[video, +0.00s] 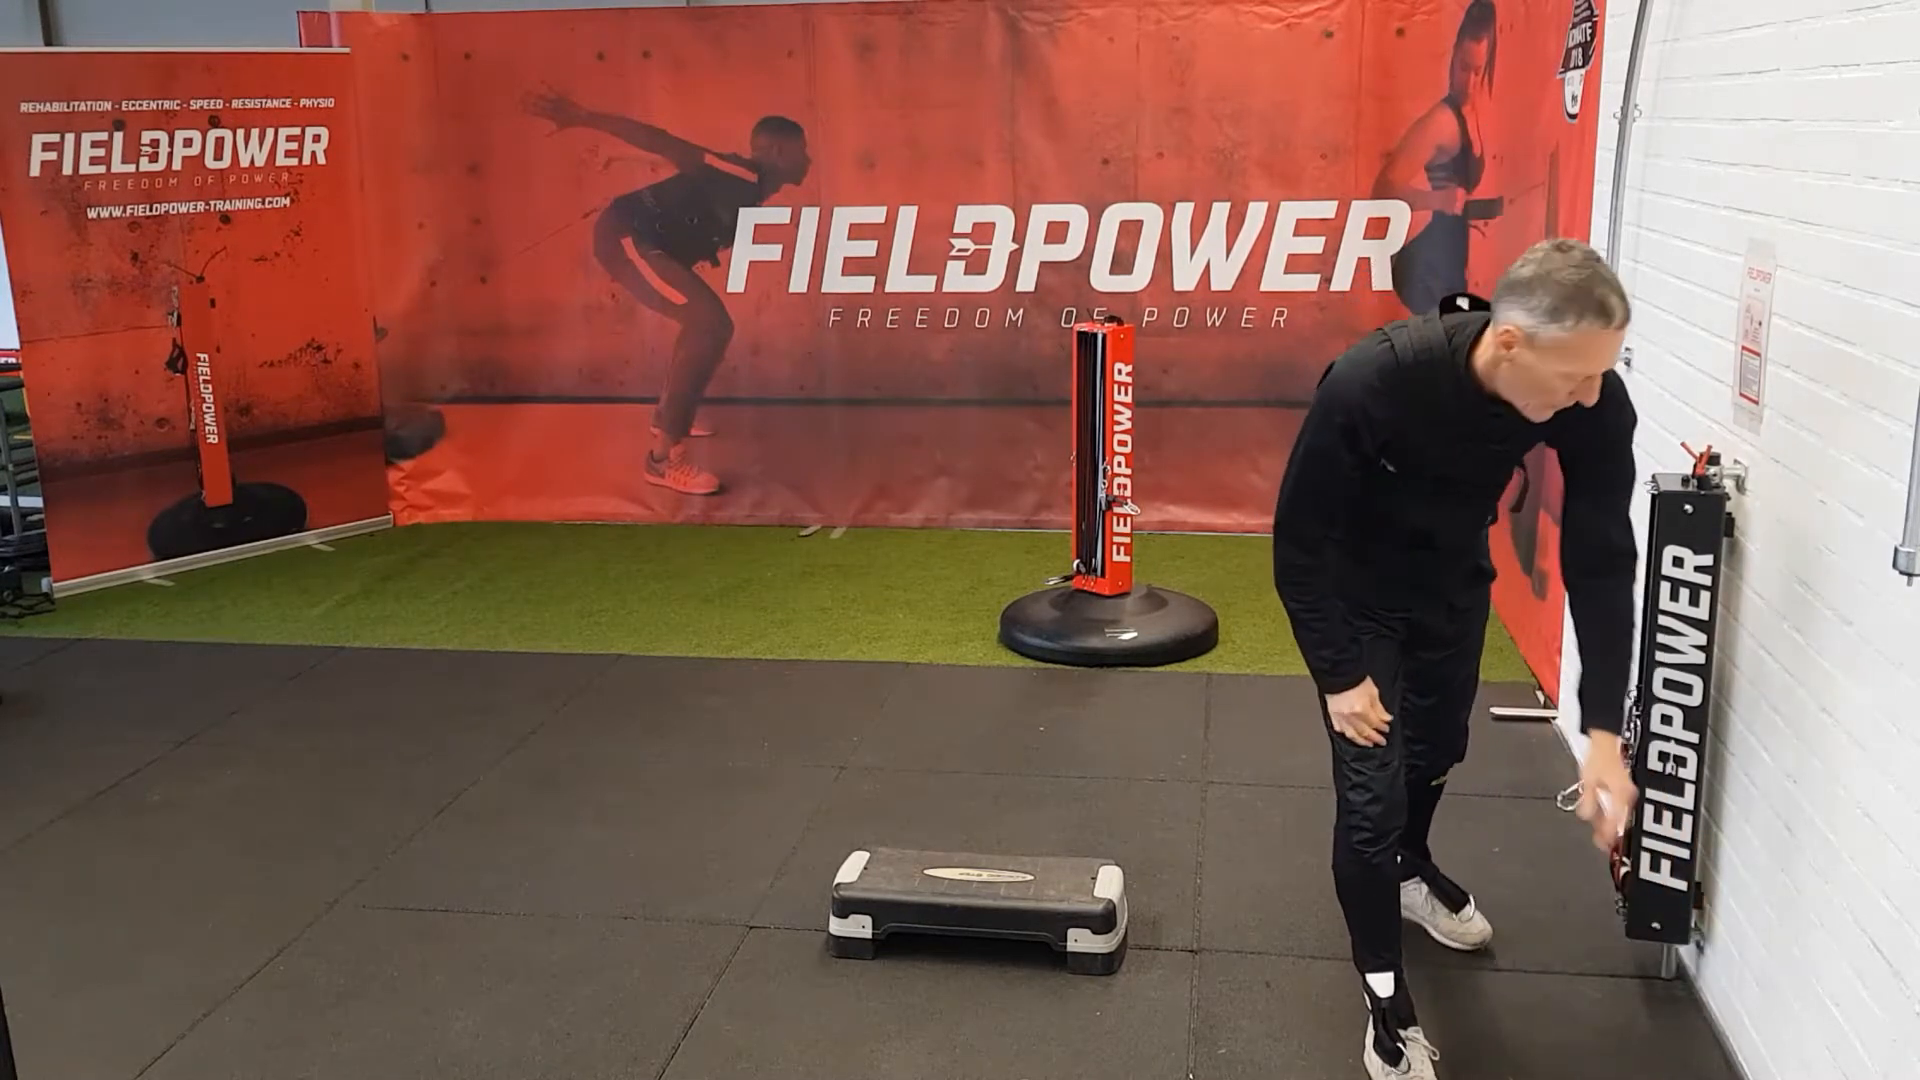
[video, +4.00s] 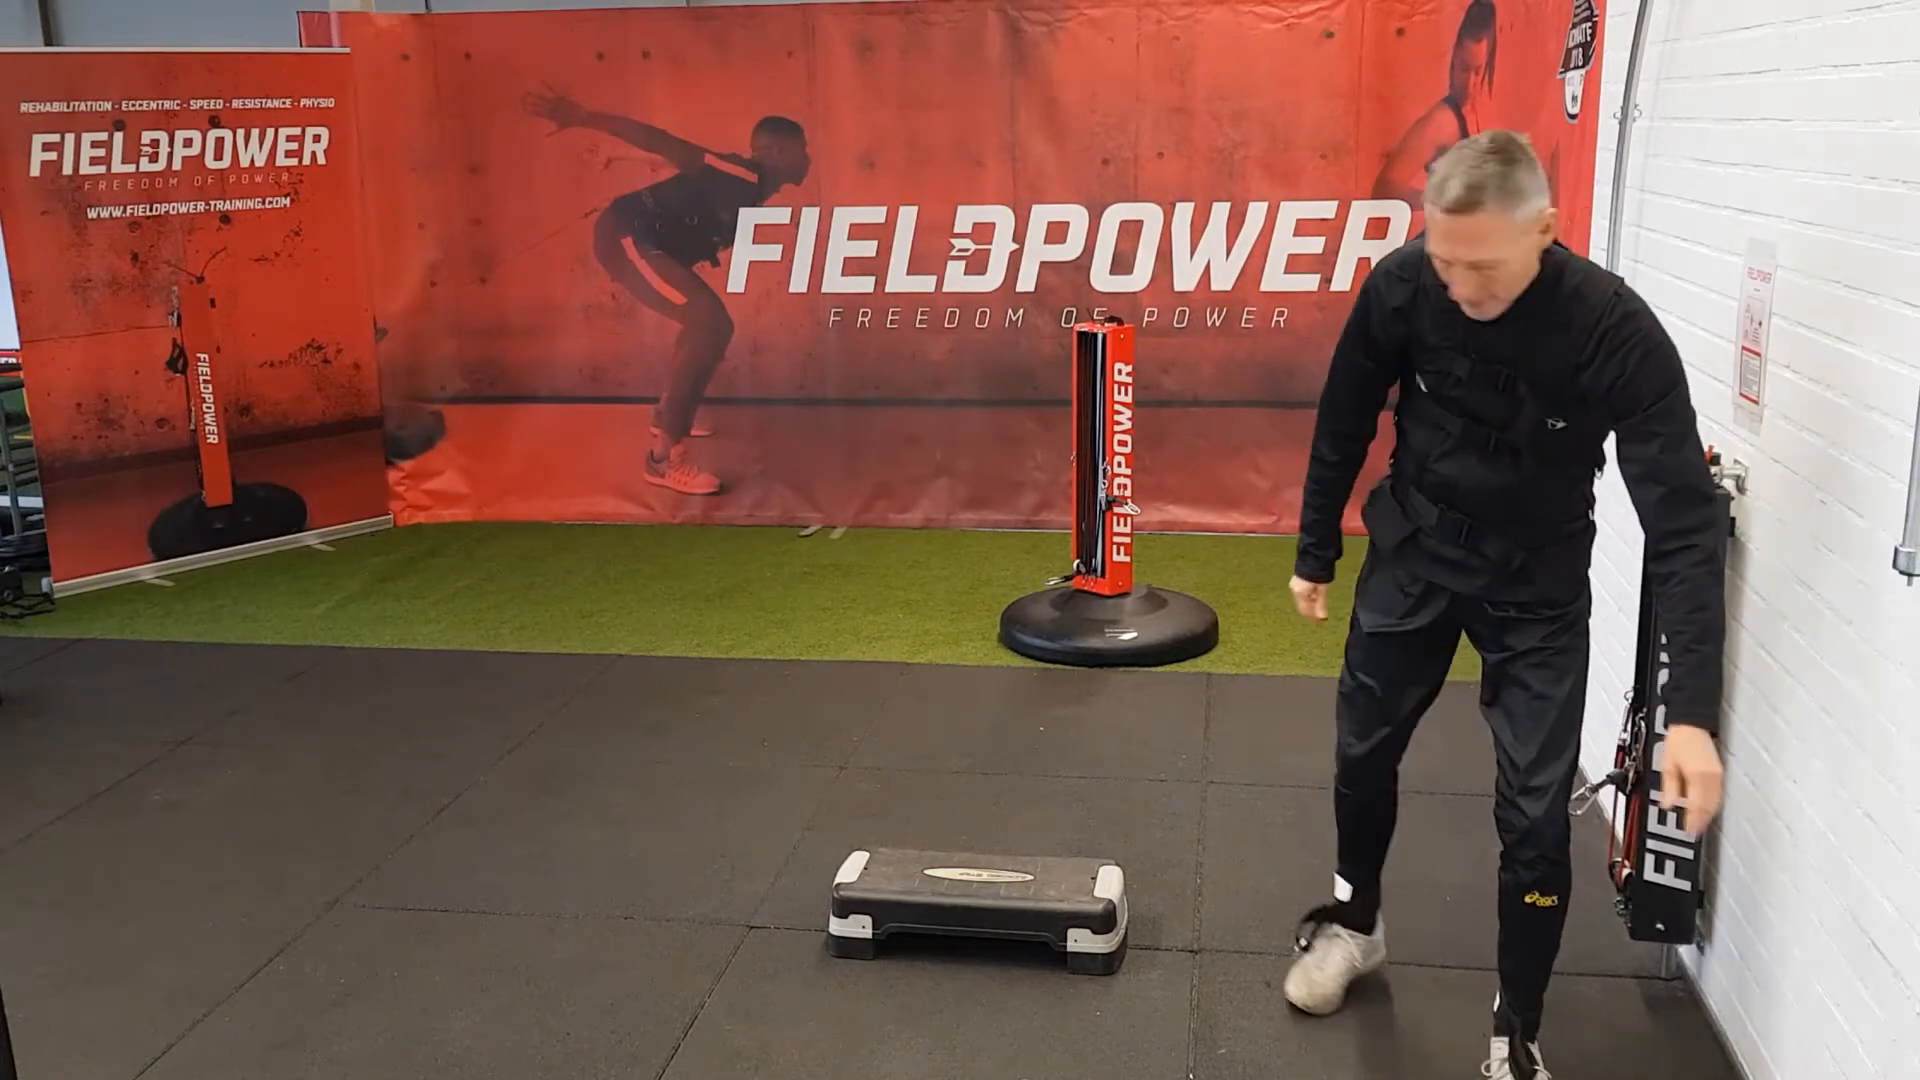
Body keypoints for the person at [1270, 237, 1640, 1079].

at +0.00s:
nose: (1585, 397)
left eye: (1596, 378)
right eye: (1571, 380)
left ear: (1603, 350)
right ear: (1506, 342)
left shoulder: (1590, 402)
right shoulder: (1373, 382)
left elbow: (1602, 562)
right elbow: (1299, 538)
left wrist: (1605, 734)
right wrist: (1338, 673)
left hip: (1453, 586)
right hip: (1354, 587)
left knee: (1433, 749)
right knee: (1374, 803)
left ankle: (1407, 869)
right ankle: (1385, 993)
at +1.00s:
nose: (1606, 549)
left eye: (1617, 542)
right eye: (1609, 538)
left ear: (1579, 498)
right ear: (1574, 501)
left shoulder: (1561, 466)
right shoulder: (1446, 495)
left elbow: (1556, 599)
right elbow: (1458, 649)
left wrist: (1573, 720)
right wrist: (1535, 749)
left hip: (1390, 549)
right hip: (1308, 542)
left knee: (1463, 697)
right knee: (1346, 744)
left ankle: (1396, 868)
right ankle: (1363, 968)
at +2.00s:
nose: (1599, 478)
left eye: (1611, 466)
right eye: (1592, 461)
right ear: (1551, 416)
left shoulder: (1572, 394)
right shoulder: (1441, 438)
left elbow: (1594, 528)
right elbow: (1418, 585)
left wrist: (1576, 661)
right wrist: (1492, 705)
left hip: (1424, 537)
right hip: (1335, 529)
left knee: (1472, 700)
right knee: (1346, 739)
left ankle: (1398, 862)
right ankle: (1357, 953)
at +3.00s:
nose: (1574, 416)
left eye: (1589, 397)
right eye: (1557, 395)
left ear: (1605, 365)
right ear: (1510, 354)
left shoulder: (1589, 387)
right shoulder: (1418, 402)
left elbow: (1559, 503)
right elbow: (1382, 560)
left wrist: (1538, 628)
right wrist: (1480, 667)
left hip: (1436, 531)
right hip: (1343, 536)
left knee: (1454, 716)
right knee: (1369, 752)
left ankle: (1395, 866)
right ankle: (1370, 976)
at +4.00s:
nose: (1460, 288)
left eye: (1483, 268)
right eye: (1445, 264)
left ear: (1543, 233)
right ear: (1428, 232)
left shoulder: (1612, 331)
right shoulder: (1401, 289)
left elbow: (1684, 523)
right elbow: (1344, 415)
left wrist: (1690, 716)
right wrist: (1315, 549)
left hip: (1537, 583)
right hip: (1414, 557)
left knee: (1537, 818)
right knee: (1361, 752)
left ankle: (1516, 1039)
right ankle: (1353, 920)